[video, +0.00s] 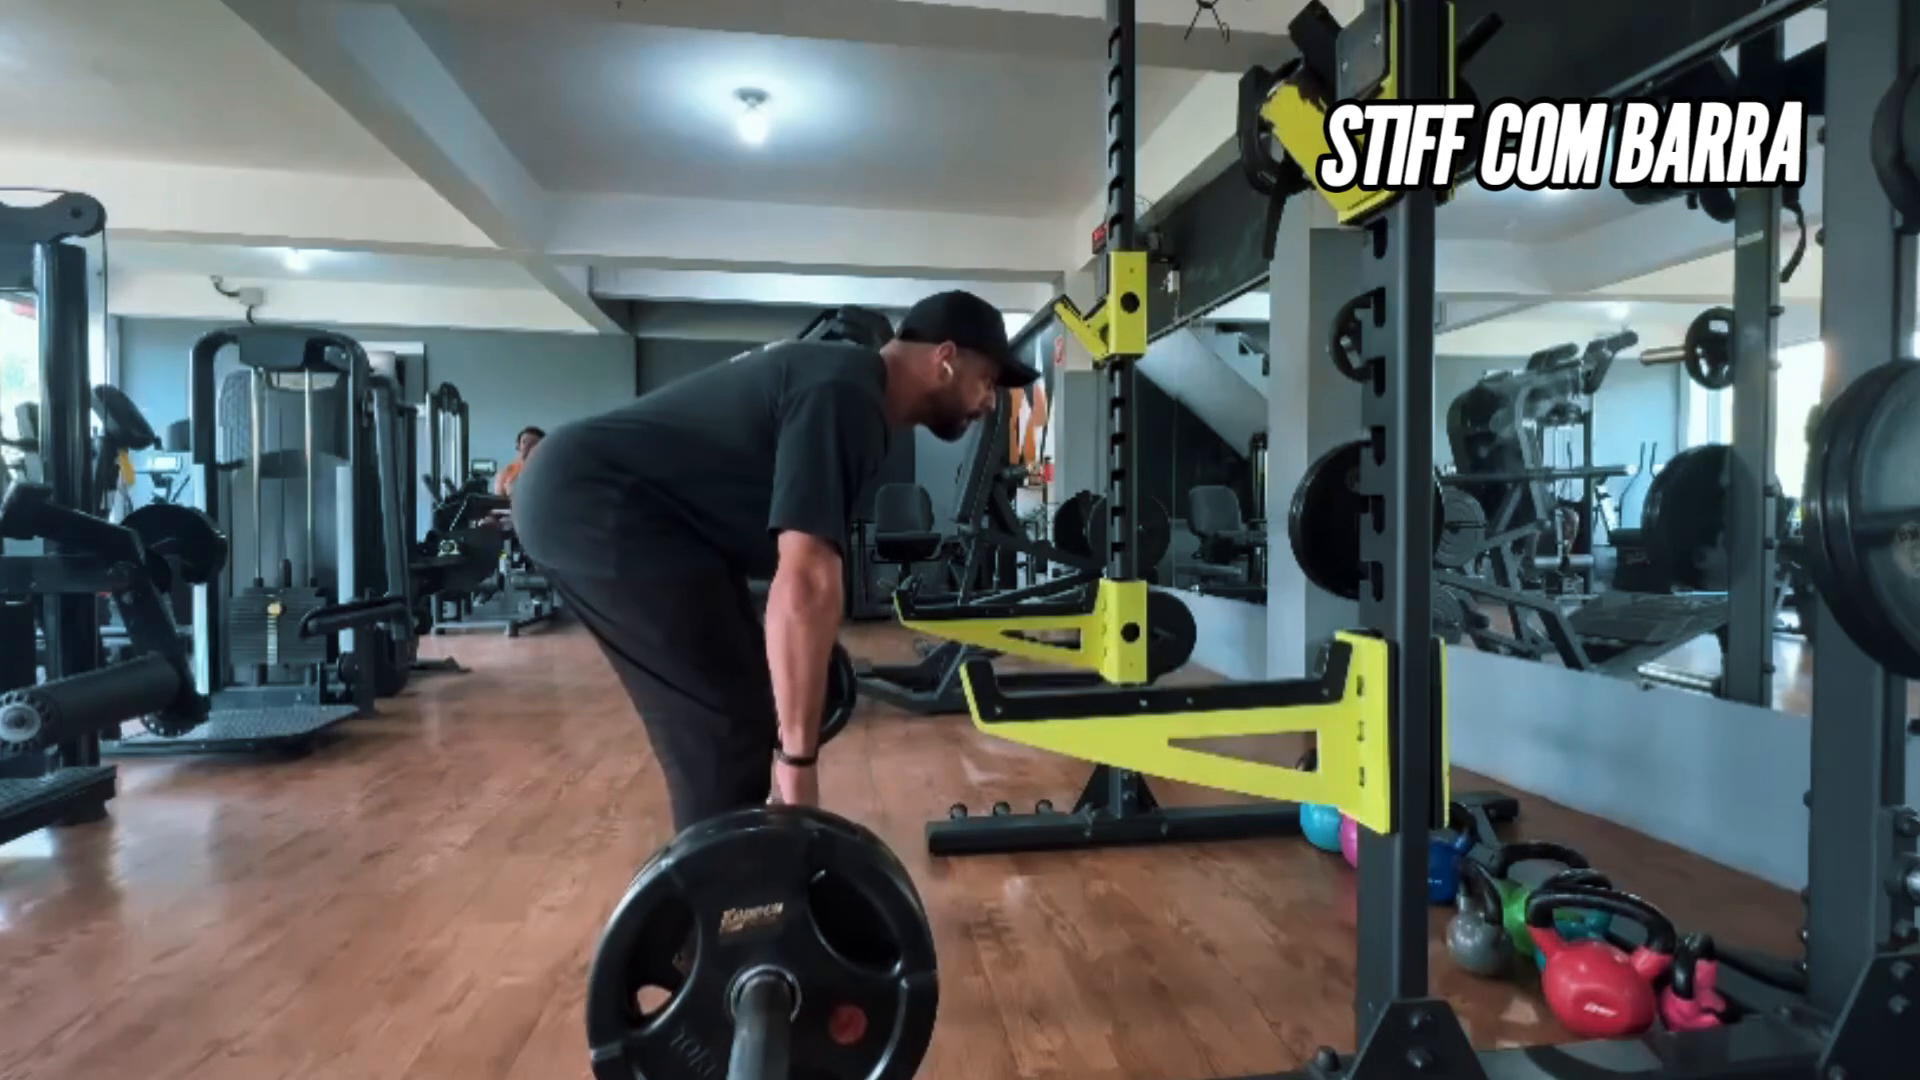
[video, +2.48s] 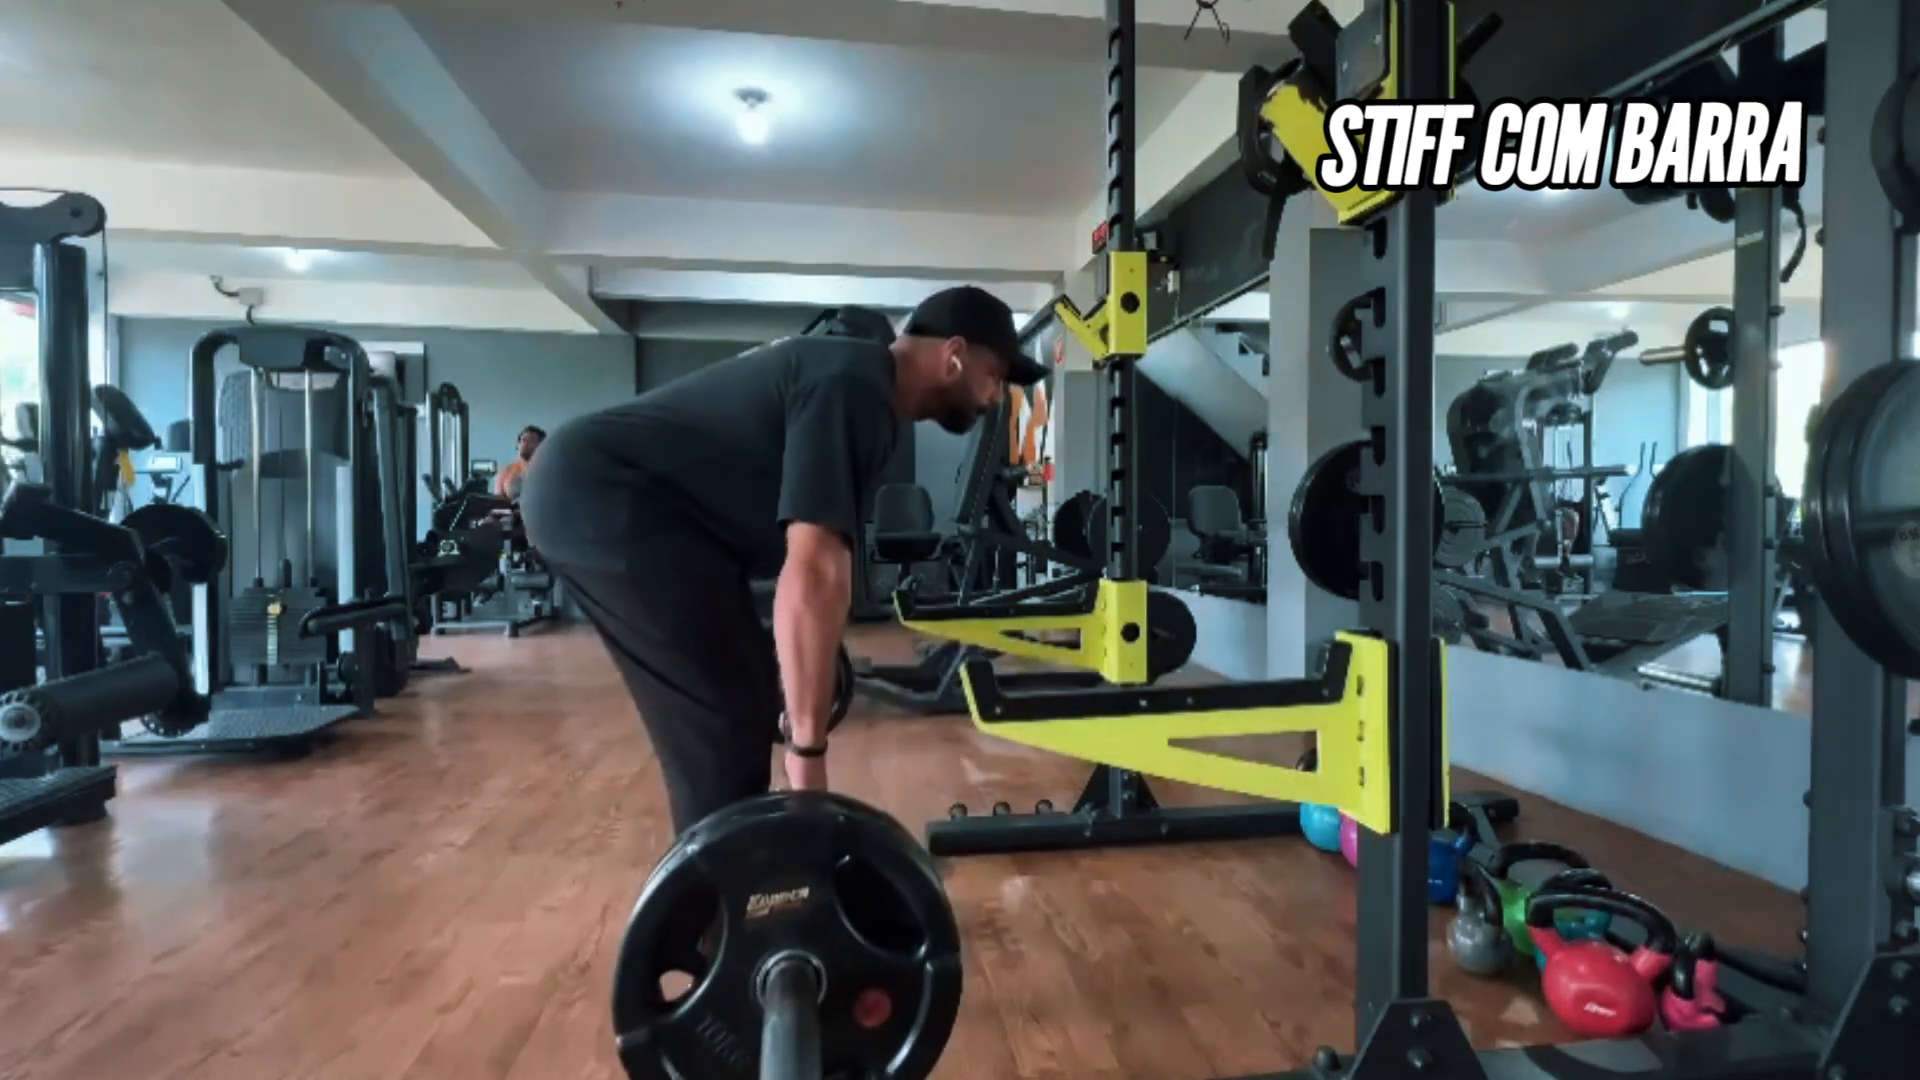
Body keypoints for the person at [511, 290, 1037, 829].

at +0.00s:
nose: (988, 404)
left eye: (996, 390)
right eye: (988, 382)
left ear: (939, 357)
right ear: (945, 357)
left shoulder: (844, 387)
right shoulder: (839, 387)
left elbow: (811, 573)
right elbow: (804, 579)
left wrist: (793, 741)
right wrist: (797, 758)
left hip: (597, 494)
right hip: (594, 496)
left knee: (726, 715)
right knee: (731, 716)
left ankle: (725, 924)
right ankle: (728, 930)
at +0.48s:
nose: (985, 352)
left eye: (991, 335)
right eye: (983, 329)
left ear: (932, 311)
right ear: (939, 311)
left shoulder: (842, 350)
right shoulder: (835, 347)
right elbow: (801, 529)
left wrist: (788, 696)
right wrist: (796, 709)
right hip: (610, 492)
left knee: (714, 722)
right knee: (739, 718)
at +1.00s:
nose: (866, 99)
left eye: (864, 83)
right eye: (854, 79)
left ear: (792, 82)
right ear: (799, 75)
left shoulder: (778, 186)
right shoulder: (753, 165)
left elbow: (783, 344)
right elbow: (767, 325)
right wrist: (822, 495)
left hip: (721, 467)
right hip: (697, 467)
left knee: (748, 686)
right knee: (725, 697)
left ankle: (749, 880)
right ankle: (729, 957)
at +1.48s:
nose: (872, 96)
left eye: (870, 80)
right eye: (859, 75)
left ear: (799, 82)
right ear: (804, 75)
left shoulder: (786, 181)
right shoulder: (769, 166)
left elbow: (791, 341)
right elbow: (780, 329)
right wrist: (826, 499)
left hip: (726, 469)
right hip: (707, 470)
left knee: (751, 690)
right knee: (731, 700)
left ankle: (751, 884)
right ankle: (732, 956)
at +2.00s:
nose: (971, 242)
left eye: (974, 225)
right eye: (963, 220)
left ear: (903, 213)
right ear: (914, 208)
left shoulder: (840, 285)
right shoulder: (828, 268)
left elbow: (815, 449)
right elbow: (810, 444)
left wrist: (828, 611)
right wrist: (825, 619)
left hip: (647, 486)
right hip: (648, 487)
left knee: (723, 712)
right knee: (750, 706)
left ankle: (743, 948)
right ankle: (736, 961)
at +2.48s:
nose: (997, 398)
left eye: (1006, 384)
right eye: (997, 377)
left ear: (948, 352)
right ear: (954, 352)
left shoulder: (854, 383)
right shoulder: (847, 380)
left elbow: (824, 564)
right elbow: (813, 567)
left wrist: (801, 728)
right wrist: (807, 751)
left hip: (603, 489)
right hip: (602, 492)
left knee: (727, 708)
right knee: (733, 708)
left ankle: (716, 922)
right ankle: (719, 927)